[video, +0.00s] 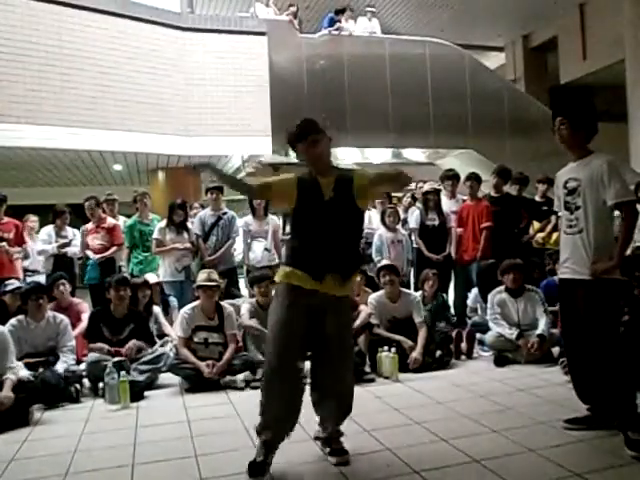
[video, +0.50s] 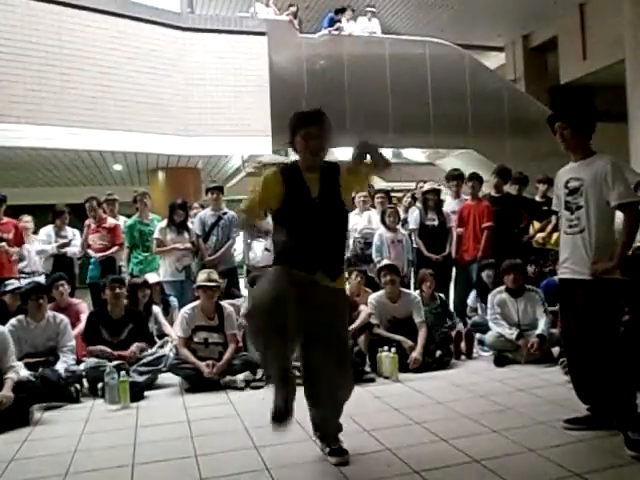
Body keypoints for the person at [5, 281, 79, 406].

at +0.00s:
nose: (40, 302)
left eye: (42, 298)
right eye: (35, 299)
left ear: (48, 301)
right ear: (26, 304)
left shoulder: (61, 322)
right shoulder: (14, 326)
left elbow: (68, 353)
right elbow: (10, 359)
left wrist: (56, 372)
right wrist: (26, 375)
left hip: (53, 368)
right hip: (27, 371)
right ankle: (67, 394)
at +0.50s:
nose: (40, 302)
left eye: (42, 298)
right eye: (35, 299)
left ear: (48, 300)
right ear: (26, 304)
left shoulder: (60, 321)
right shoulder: (14, 326)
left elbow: (68, 352)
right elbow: (11, 360)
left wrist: (57, 371)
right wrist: (26, 375)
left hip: (54, 369)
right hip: (27, 371)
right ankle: (68, 393)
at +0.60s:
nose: (40, 303)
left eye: (42, 299)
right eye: (35, 300)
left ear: (47, 301)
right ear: (26, 304)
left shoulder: (61, 321)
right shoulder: (14, 326)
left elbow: (68, 353)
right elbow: (11, 360)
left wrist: (57, 372)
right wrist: (27, 375)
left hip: (54, 369)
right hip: (28, 372)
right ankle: (66, 394)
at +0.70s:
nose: (40, 303)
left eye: (42, 299)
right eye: (35, 299)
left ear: (48, 301)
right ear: (26, 304)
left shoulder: (61, 322)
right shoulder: (14, 326)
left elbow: (68, 353)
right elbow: (11, 360)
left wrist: (56, 372)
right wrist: (28, 376)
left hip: (54, 369)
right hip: (27, 372)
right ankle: (66, 394)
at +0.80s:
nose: (39, 303)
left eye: (42, 299)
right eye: (34, 300)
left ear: (47, 301)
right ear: (25, 304)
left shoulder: (60, 321)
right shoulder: (14, 326)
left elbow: (69, 353)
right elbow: (10, 359)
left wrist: (55, 372)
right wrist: (25, 375)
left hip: (54, 368)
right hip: (28, 371)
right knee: (20, 388)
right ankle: (68, 394)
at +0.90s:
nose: (39, 303)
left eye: (42, 299)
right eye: (34, 300)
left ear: (47, 301)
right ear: (25, 304)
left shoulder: (60, 321)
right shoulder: (14, 326)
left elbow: (69, 352)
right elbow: (10, 359)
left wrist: (58, 371)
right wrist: (24, 375)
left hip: (53, 367)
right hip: (27, 370)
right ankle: (69, 394)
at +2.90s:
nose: (53, 303)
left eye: (52, 299)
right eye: (47, 300)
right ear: (35, 305)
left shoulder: (64, 323)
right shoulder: (18, 329)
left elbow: (72, 353)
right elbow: (16, 359)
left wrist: (64, 372)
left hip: (58, 369)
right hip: (32, 372)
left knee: (79, 375)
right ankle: (69, 396)